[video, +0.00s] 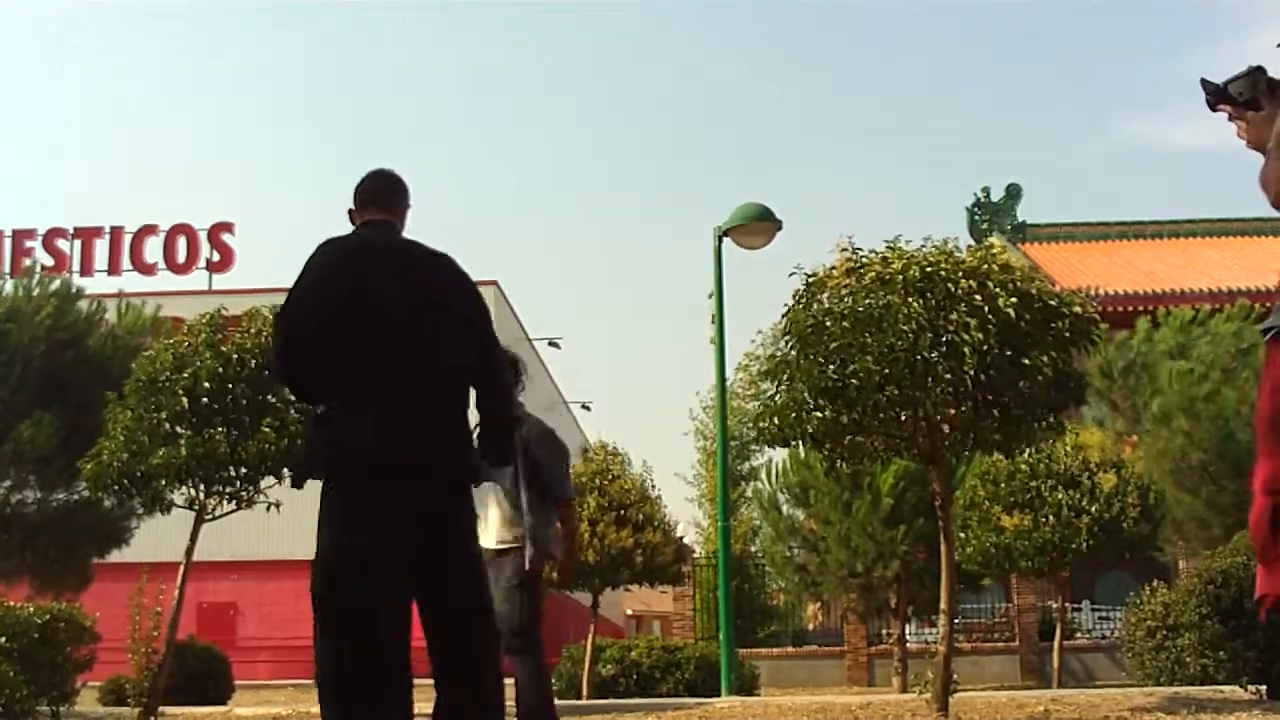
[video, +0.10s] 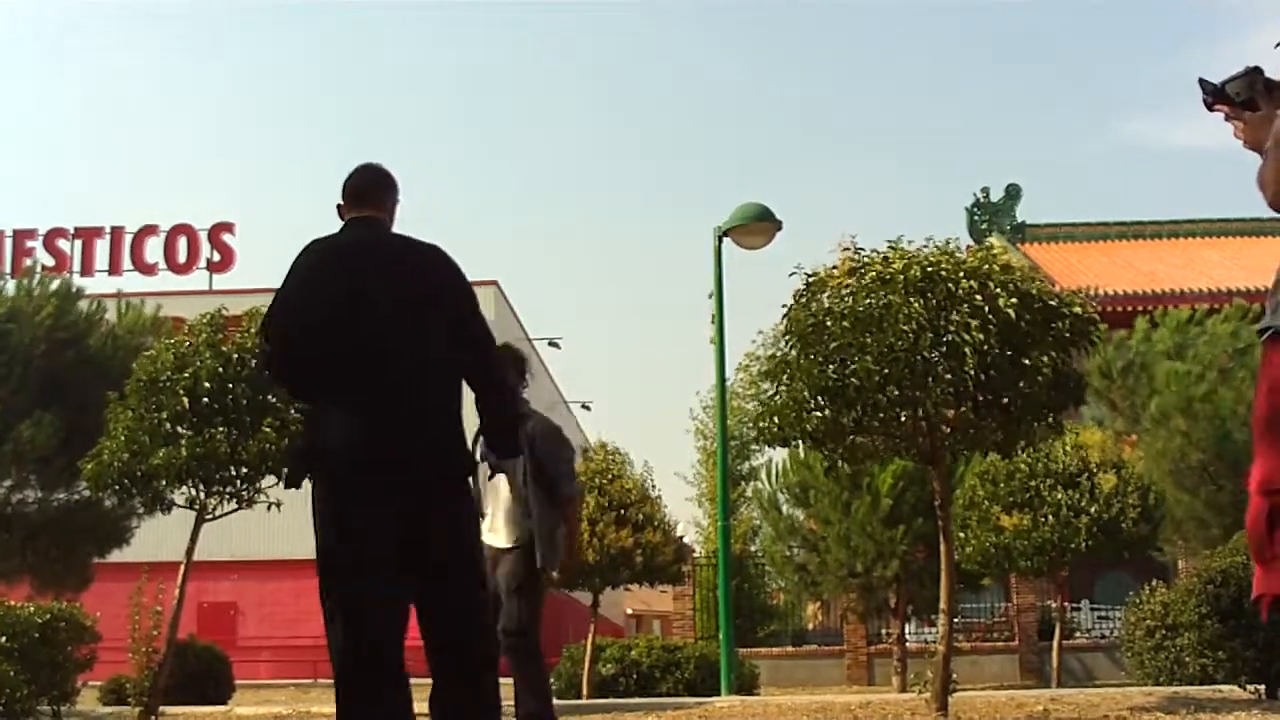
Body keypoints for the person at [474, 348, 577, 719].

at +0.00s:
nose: (497, 393)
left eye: (502, 384)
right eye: (492, 384)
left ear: (513, 384)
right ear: (481, 388)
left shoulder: (534, 434)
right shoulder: (473, 432)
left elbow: (563, 499)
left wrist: (568, 550)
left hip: (516, 552)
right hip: (475, 552)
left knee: (521, 647)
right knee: (477, 650)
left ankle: (536, 713)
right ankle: (484, 712)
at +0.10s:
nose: (495, 385)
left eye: (504, 377)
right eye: (491, 377)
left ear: (521, 378)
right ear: (484, 382)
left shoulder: (540, 430)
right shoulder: (484, 433)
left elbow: (568, 491)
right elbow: (479, 490)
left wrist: (569, 548)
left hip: (523, 547)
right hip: (486, 546)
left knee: (518, 637)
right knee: (482, 639)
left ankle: (536, 712)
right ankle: (483, 710)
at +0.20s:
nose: (503, 375)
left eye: (510, 366)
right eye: (498, 366)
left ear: (528, 369)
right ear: (489, 372)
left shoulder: (548, 423)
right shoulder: (491, 426)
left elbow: (574, 486)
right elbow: (487, 491)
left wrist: (570, 541)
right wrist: (453, 519)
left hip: (528, 547)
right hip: (492, 546)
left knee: (524, 644)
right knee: (478, 645)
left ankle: (538, 714)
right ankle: (492, 715)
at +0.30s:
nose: (505, 370)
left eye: (513, 361)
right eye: (500, 361)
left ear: (530, 365)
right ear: (492, 367)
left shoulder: (551, 417)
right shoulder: (491, 420)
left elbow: (576, 474)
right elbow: (489, 485)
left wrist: (566, 518)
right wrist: (456, 514)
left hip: (532, 542)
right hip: (494, 540)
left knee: (526, 635)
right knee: (486, 633)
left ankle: (539, 711)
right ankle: (498, 710)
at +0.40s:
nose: (504, 370)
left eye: (512, 360)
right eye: (500, 361)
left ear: (530, 364)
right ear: (492, 367)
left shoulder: (552, 415)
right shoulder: (491, 421)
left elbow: (576, 465)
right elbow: (486, 484)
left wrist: (564, 506)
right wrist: (455, 510)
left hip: (534, 540)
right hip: (497, 539)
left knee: (527, 631)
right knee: (490, 630)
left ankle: (539, 711)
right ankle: (501, 712)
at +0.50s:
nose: (504, 369)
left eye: (512, 359)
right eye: (499, 360)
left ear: (530, 364)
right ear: (491, 366)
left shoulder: (551, 414)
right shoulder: (489, 423)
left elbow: (575, 464)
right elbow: (484, 484)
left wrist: (563, 508)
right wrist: (455, 514)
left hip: (535, 541)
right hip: (499, 541)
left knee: (528, 634)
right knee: (497, 639)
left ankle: (539, 712)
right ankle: (510, 712)